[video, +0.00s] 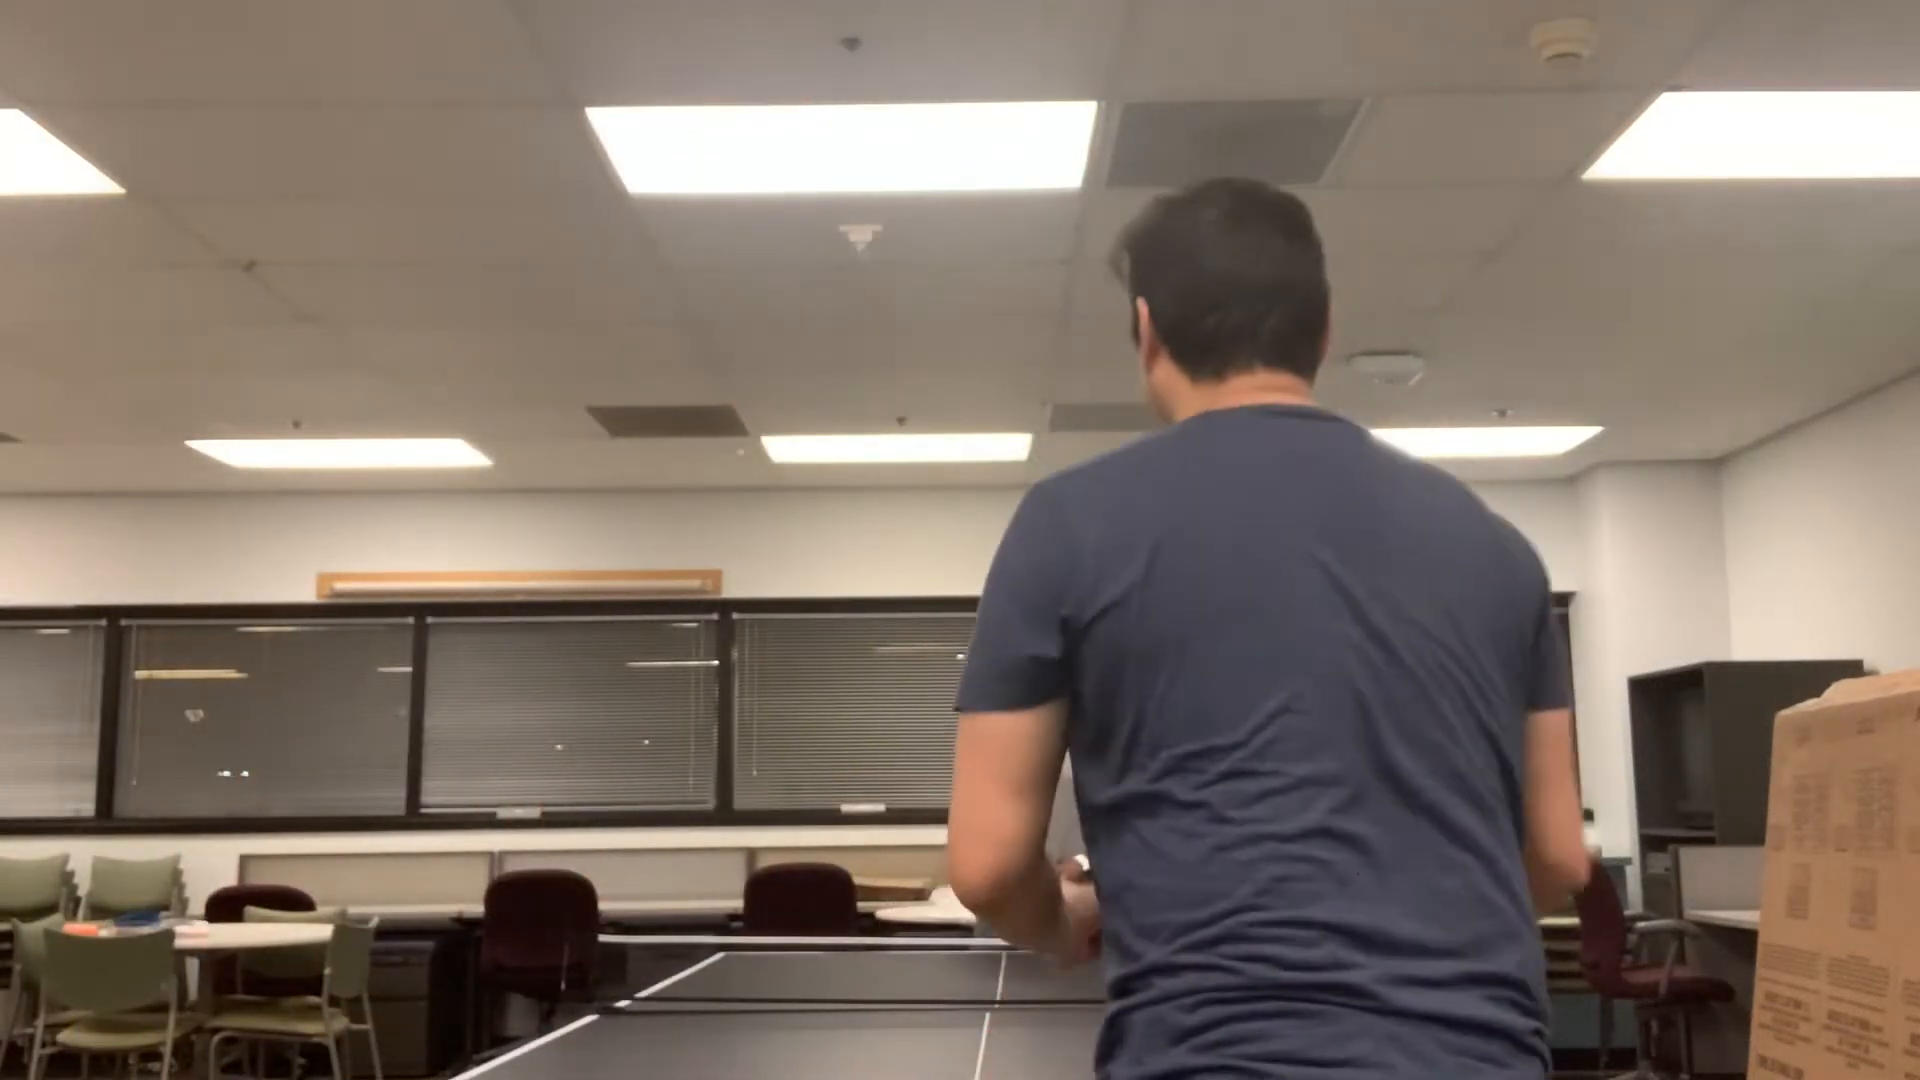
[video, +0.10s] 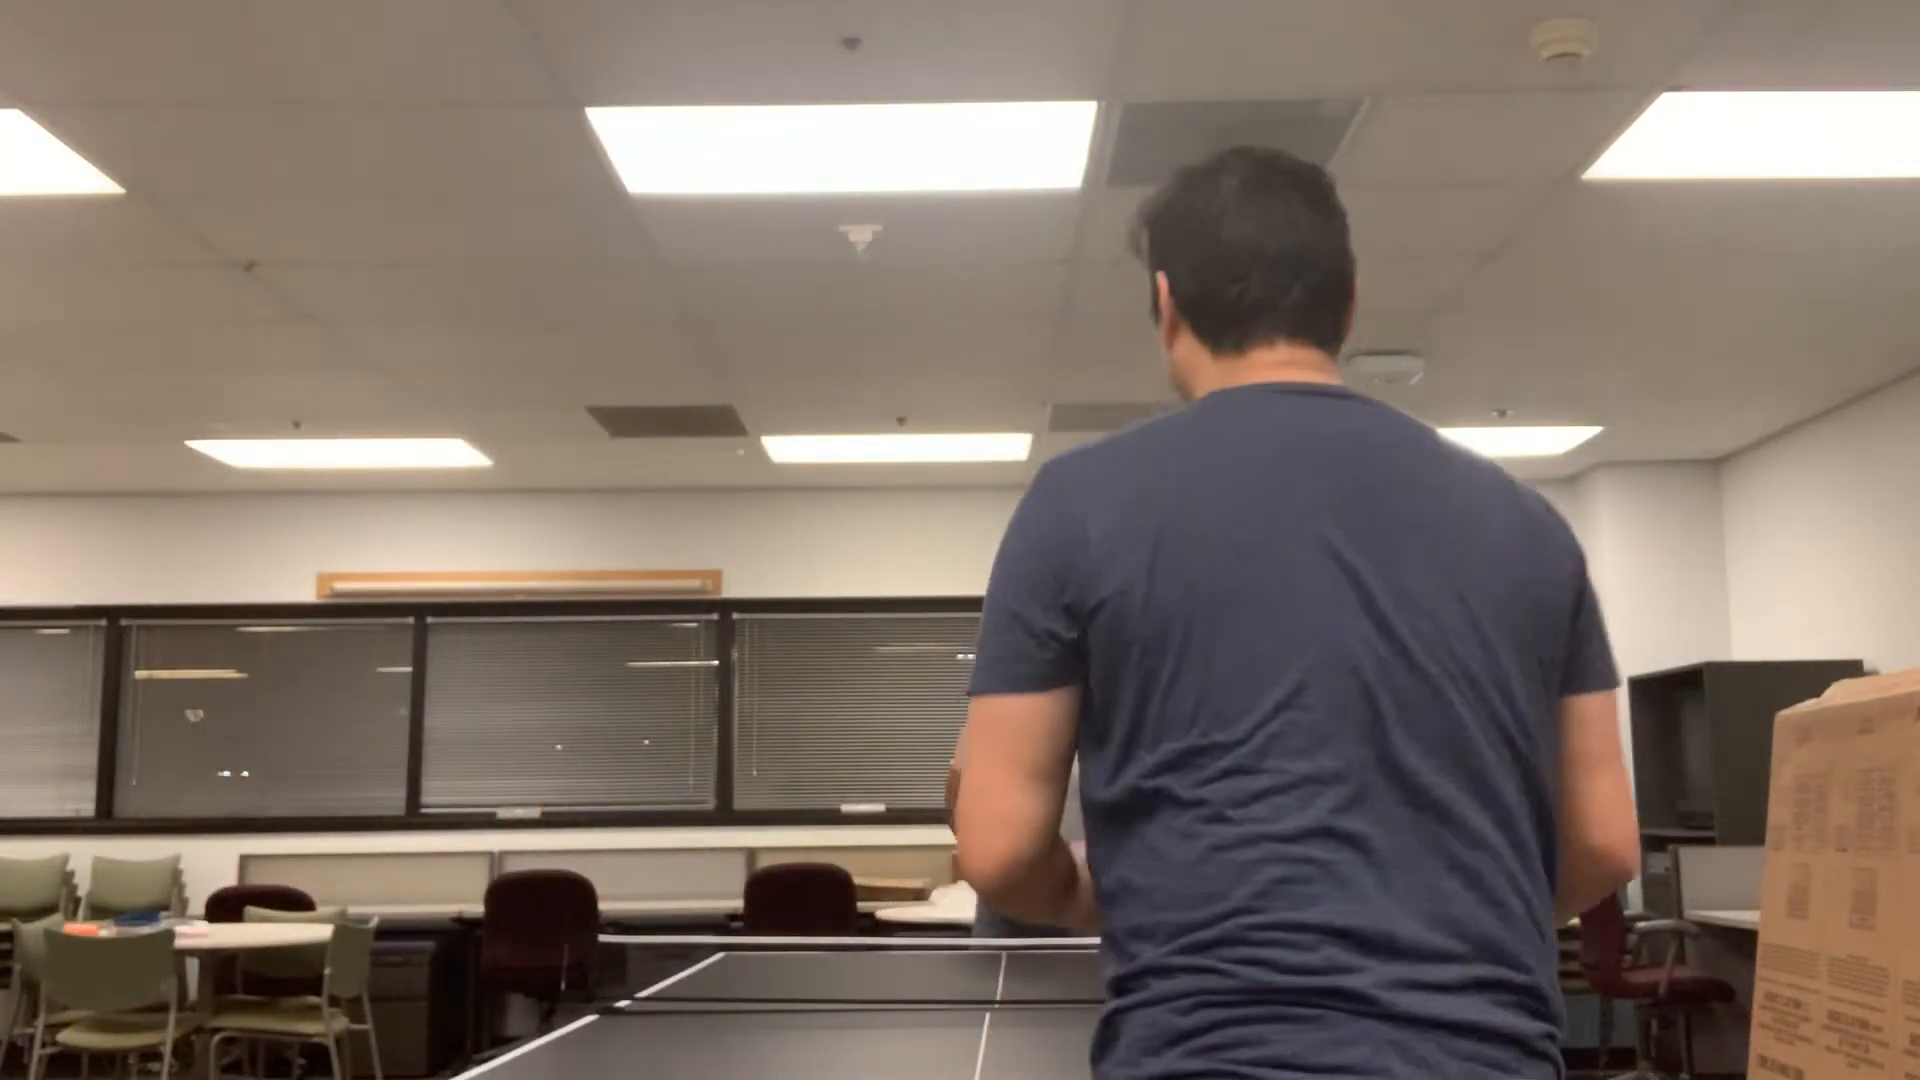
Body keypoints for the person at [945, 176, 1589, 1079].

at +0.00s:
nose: (1134, 350)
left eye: (1130, 328)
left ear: (1146, 329)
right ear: (1324, 330)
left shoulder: (1076, 516)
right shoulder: (1490, 544)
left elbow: (988, 864)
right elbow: (1559, 857)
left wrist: (1064, 923)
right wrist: (1426, 895)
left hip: (1205, 1044)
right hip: (1474, 1048)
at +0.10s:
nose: (1155, 328)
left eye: (1149, 305)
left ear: (1166, 304)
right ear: (1351, 304)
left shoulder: (1090, 494)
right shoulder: (1520, 521)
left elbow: (999, 851)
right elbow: (1605, 845)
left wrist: (1098, 895)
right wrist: (1468, 916)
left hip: (1201, 1047)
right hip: (1481, 1052)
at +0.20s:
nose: (1179, 303)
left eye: (1175, 283)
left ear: (1191, 278)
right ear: (1380, 279)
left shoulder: (1104, 479)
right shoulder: (1549, 505)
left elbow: (1012, 847)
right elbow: (1625, 835)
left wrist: (1143, 823)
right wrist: (1479, 893)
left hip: (1212, 1047)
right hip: (1499, 1052)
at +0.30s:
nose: (1198, 291)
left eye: (1195, 265)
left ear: (1215, 263)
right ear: (1408, 268)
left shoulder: (1126, 472)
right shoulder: (1577, 497)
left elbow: (1034, 835)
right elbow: (1623, 834)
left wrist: (1167, 774)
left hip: (1235, 1045)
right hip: (1526, 1049)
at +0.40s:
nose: (1224, 287)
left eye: (1220, 259)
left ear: (1241, 257)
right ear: (1436, 256)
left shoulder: (1157, 467)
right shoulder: (1600, 485)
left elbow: (1061, 816)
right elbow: (1625, 810)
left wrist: (1196, 739)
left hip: (1274, 1045)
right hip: (1565, 1050)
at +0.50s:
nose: (1251, 284)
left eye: (1247, 256)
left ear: (1269, 252)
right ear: (1464, 245)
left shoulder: (1194, 461)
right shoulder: (1625, 459)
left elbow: (1092, 798)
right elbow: (1645, 739)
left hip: (1324, 1044)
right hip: (1624, 1045)